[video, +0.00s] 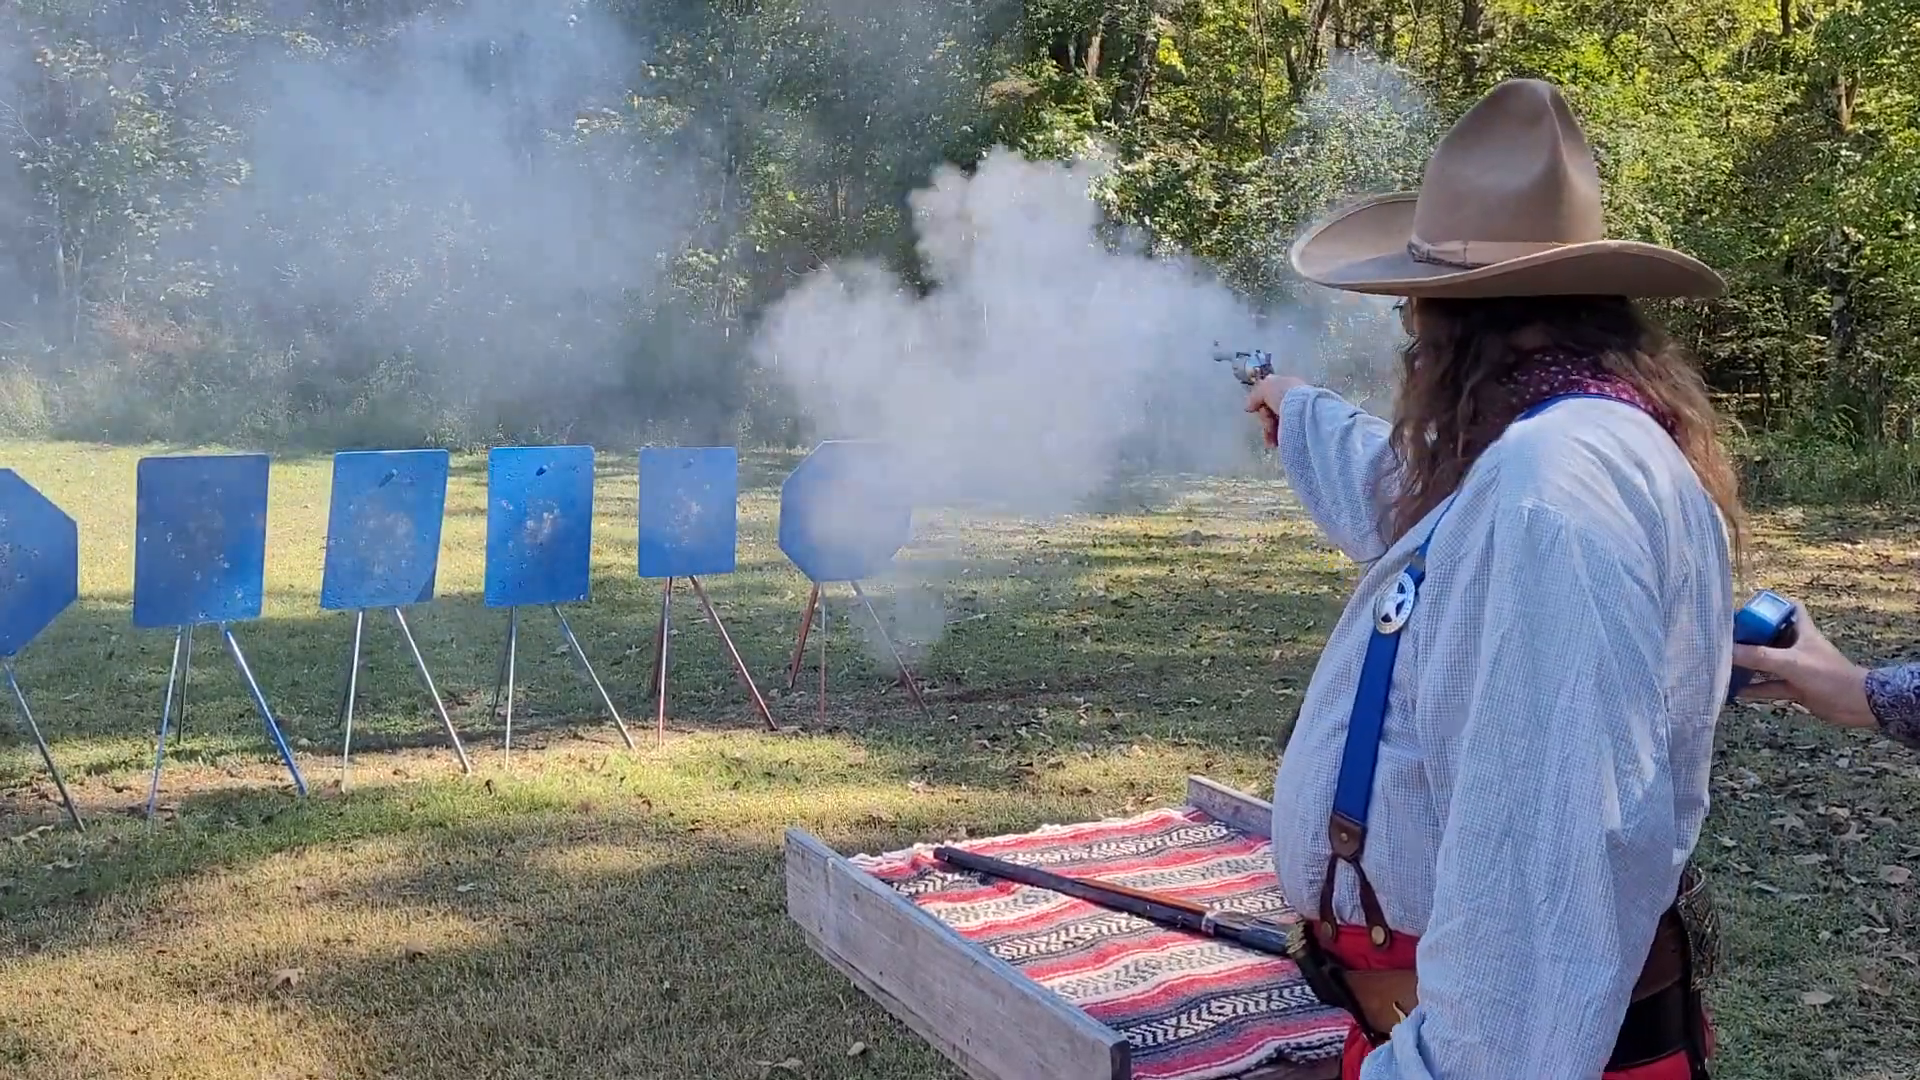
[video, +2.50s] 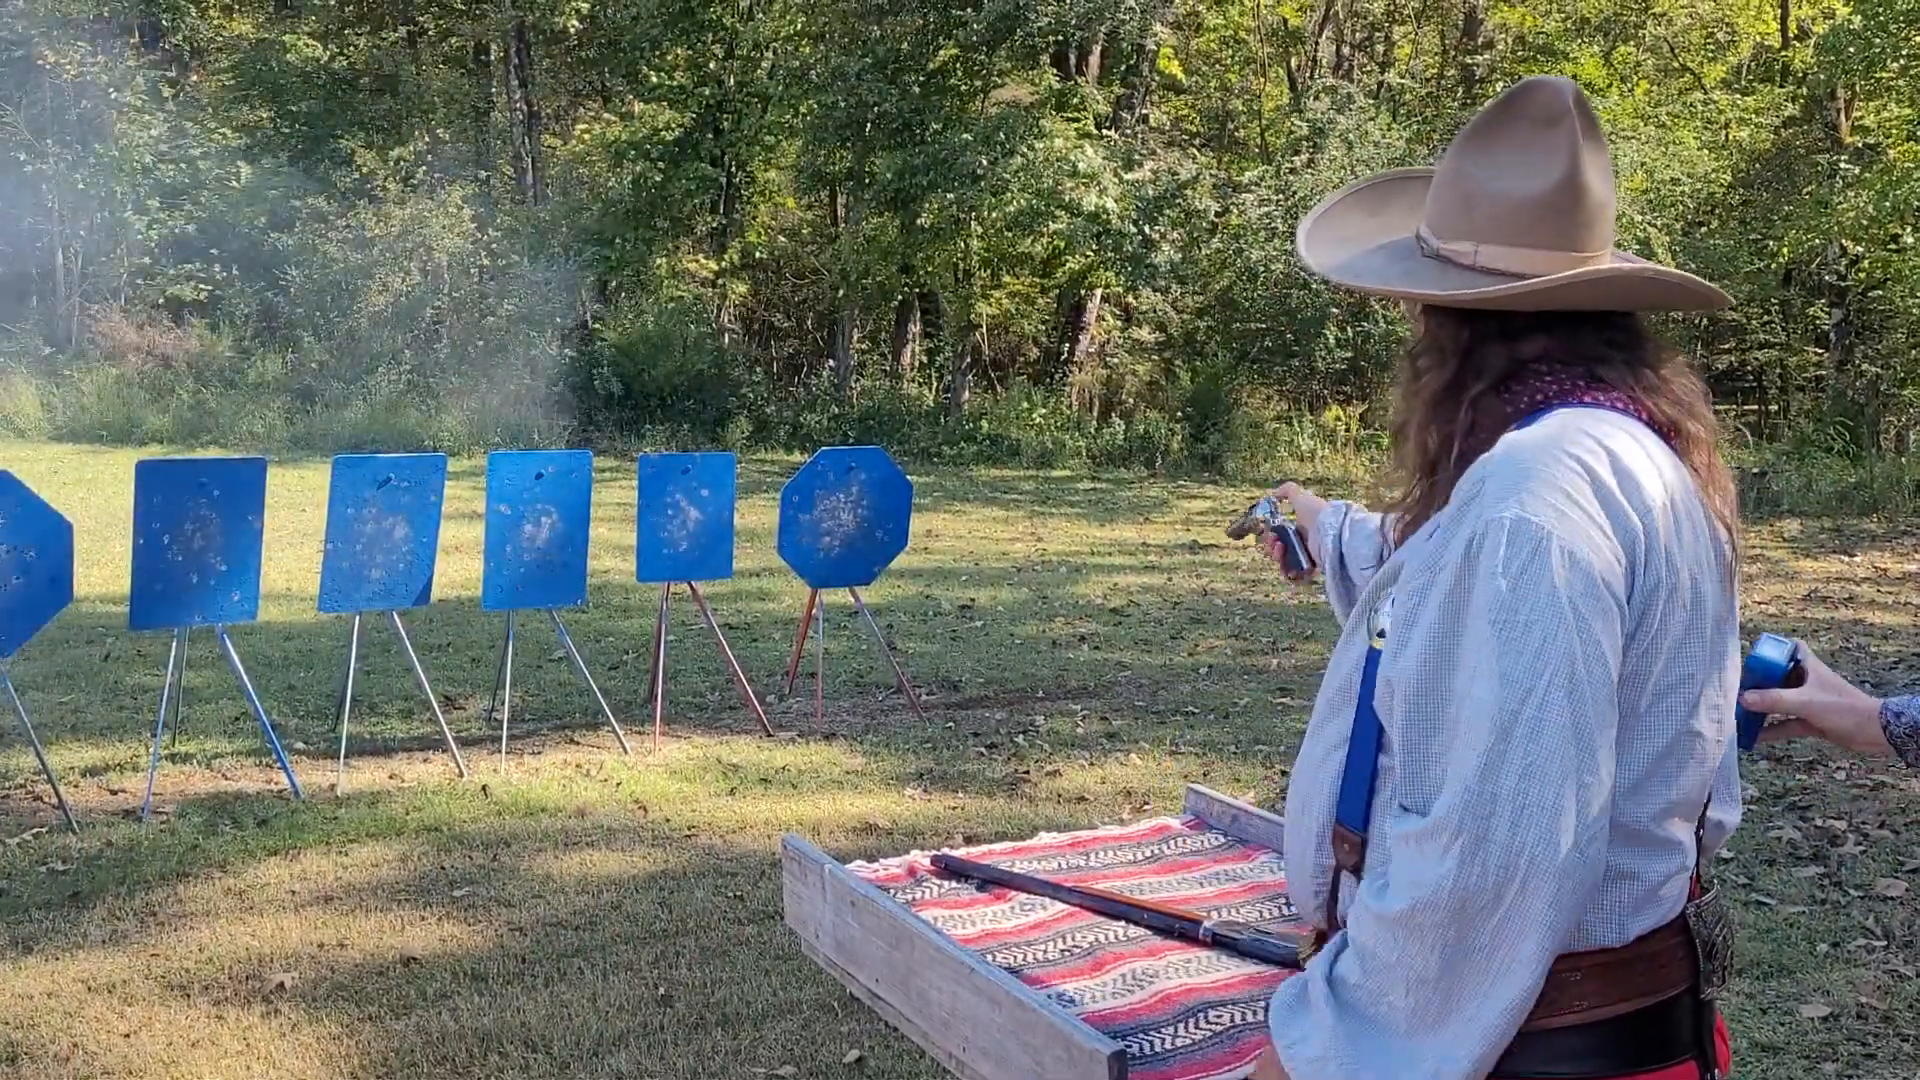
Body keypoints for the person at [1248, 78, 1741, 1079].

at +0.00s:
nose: (1404, 334)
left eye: (1413, 307)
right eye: (1404, 306)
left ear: (1457, 321)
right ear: (1569, 309)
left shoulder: (1550, 481)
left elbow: (1545, 866)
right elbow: (1401, 497)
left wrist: (1428, 1061)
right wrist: (1294, 410)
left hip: (1493, 1025)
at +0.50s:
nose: (1361, 378)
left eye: (1364, 351)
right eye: (1358, 352)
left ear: (1395, 355)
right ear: (1534, 307)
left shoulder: (1497, 459)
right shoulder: (1627, 420)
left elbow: (1674, 697)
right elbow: (1771, 554)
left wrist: (1510, 951)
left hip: (1488, 1046)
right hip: (1617, 1019)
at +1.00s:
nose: (1352, 391)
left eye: (1352, 365)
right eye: (1347, 367)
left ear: (1385, 354)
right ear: (1528, 305)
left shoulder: (1453, 446)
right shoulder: (1663, 441)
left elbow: (1566, 672)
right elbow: (1798, 740)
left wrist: (1446, 974)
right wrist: (1668, 855)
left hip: (1503, 1039)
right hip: (1664, 1001)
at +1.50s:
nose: (1406, 328)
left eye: (1417, 305)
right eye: (1410, 303)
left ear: (1457, 315)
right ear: (1589, 307)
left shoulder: (1503, 453)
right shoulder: (1665, 454)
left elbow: (1354, 737)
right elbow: (1709, 791)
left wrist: (1234, 683)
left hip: (1497, 1038)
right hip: (1639, 1006)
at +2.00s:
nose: (1394, 336)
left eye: (1406, 312)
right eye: (1401, 308)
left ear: (1438, 326)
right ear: (1583, 319)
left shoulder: (1479, 466)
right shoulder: (1674, 470)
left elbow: (1271, 753)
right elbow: (1714, 785)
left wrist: (1229, 680)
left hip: (1489, 1041)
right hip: (1648, 1004)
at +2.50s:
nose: (1412, 332)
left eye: (1423, 308)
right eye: (1416, 303)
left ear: (1457, 324)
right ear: (1588, 312)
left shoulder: (1532, 502)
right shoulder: (1642, 457)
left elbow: (1498, 848)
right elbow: (1483, 596)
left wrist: (1326, 1031)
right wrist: (1335, 535)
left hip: (1540, 1021)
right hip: (1643, 980)